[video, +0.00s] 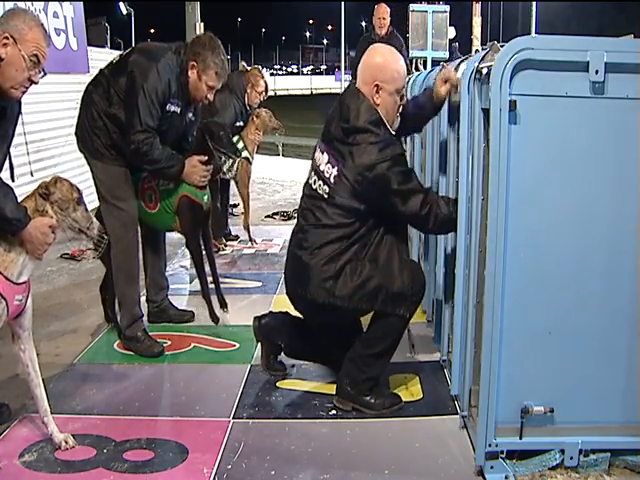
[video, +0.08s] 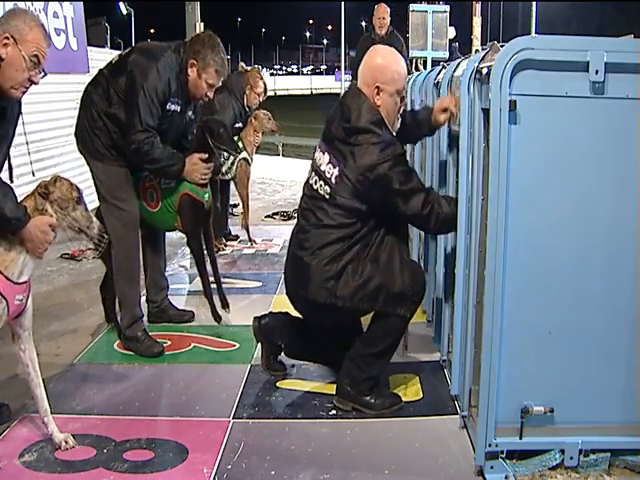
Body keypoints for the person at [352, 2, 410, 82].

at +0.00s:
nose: (381, 22)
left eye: (384, 19)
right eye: (378, 18)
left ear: (389, 20)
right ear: (373, 19)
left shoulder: (397, 41)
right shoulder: (365, 40)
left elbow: (405, 64)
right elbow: (356, 63)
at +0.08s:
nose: (381, 22)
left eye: (384, 19)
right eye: (378, 18)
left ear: (389, 20)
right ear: (373, 19)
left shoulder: (397, 41)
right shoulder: (365, 40)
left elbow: (403, 65)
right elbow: (356, 63)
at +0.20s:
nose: (381, 22)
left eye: (384, 18)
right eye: (378, 18)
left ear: (389, 19)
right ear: (373, 19)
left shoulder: (397, 40)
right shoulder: (365, 40)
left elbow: (404, 65)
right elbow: (356, 66)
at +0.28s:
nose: (381, 22)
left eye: (384, 18)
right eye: (378, 18)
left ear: (389, 19)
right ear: (373, 19)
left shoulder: (397, 40)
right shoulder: (365, 40)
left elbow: (403, 65)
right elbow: (356, 66)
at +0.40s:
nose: (381, 21)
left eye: (384, 18)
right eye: (378, 18)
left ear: (389, 19)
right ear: (373, 19)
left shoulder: (398, 41)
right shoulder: (365, 41)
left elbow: (404, 67)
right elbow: (357, 67)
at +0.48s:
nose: (381, 22)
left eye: (384, 18)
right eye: (378, 18)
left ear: (390, 19)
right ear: (373, 19)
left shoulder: (398, 41)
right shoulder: (365, 41)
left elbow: (404, 69)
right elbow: (357, 69)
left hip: (393, 86)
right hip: (369, 86)